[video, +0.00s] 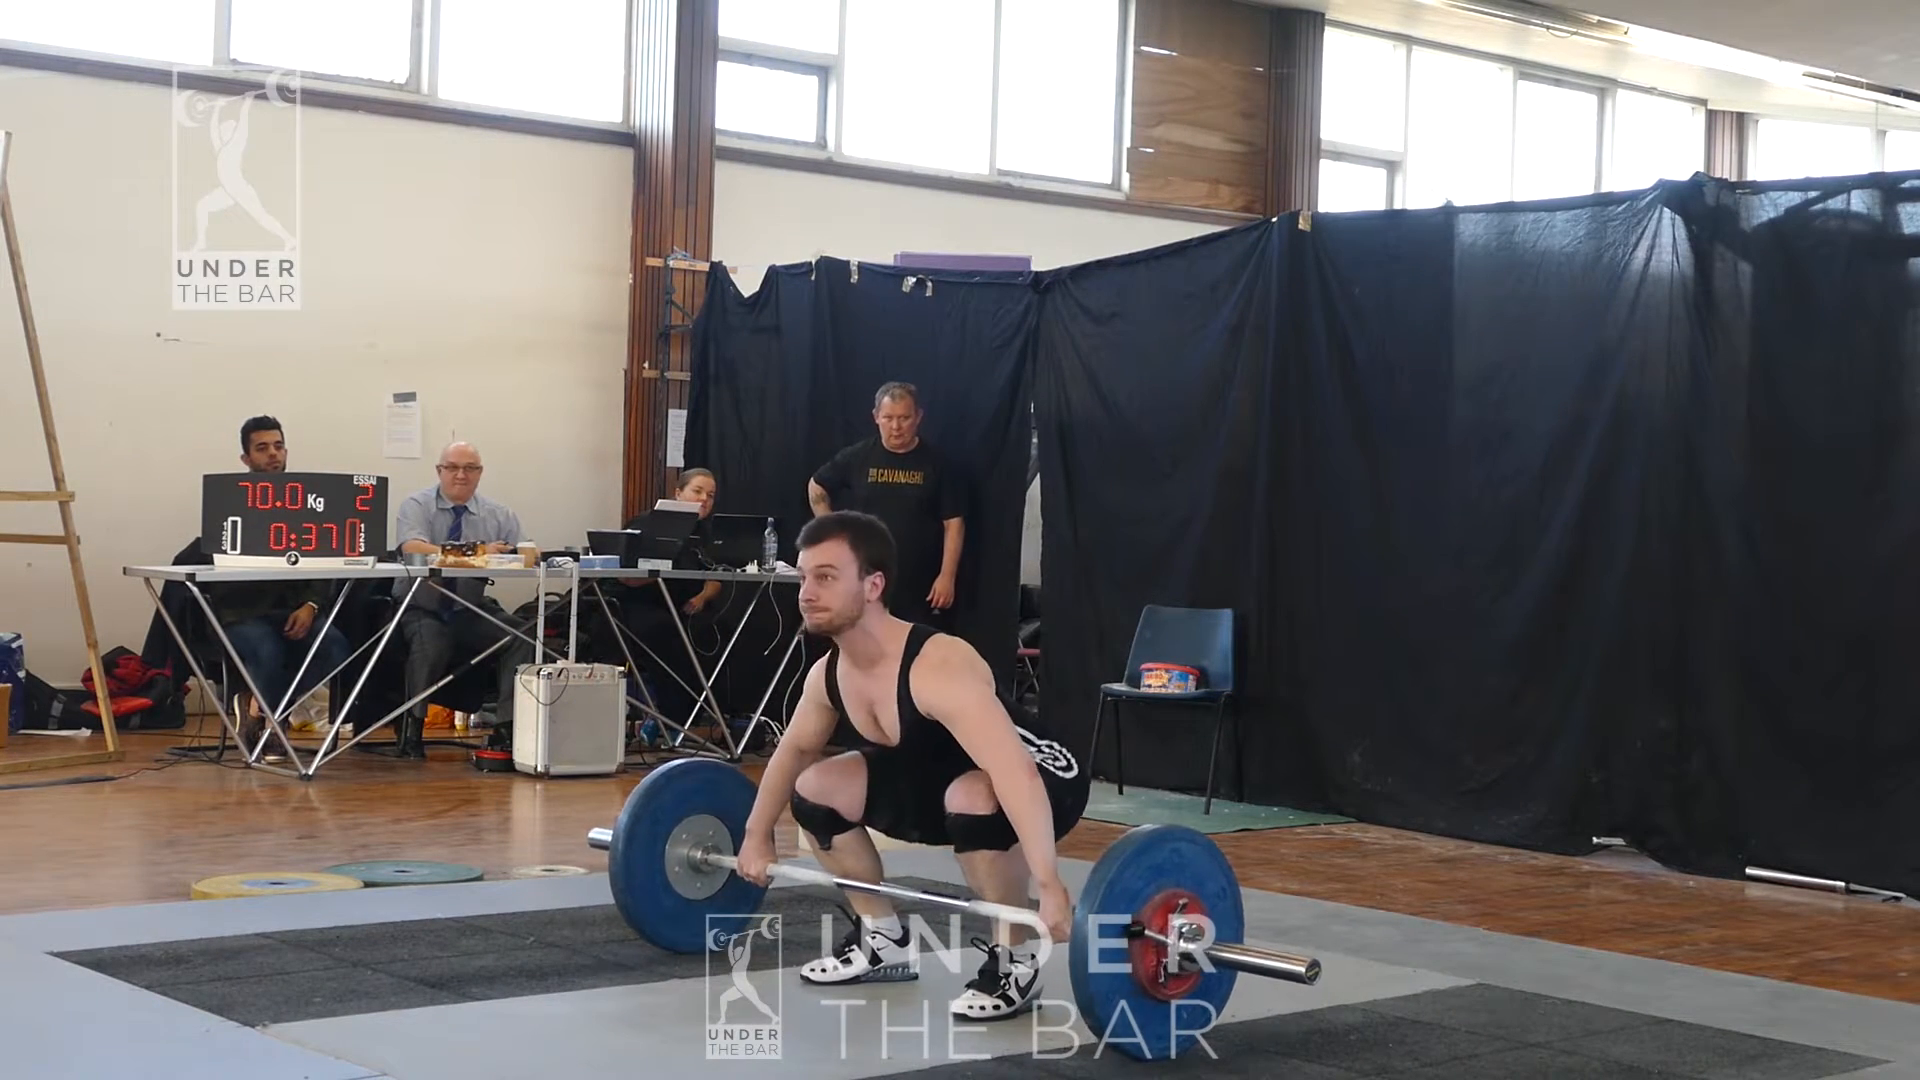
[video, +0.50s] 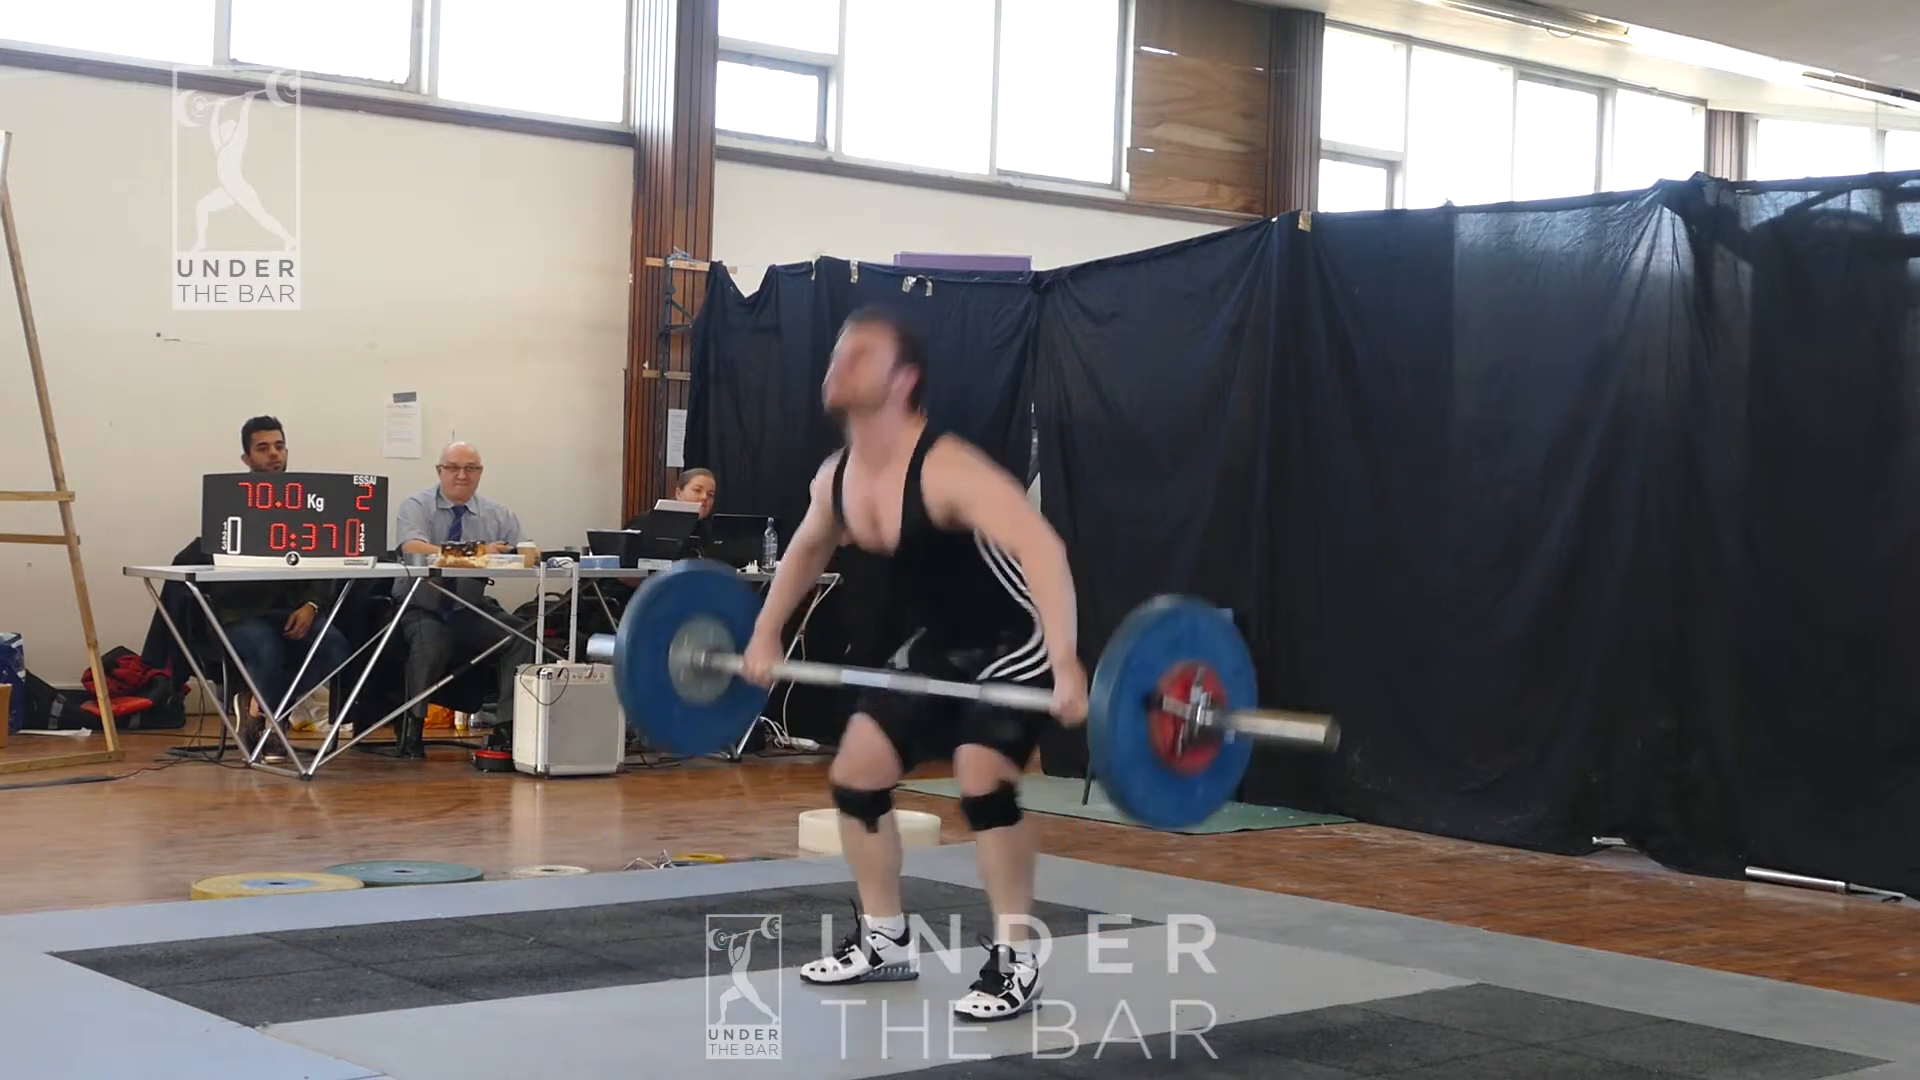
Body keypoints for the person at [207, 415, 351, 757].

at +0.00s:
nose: (273, 454)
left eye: (278, 446)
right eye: (263, 448)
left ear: (286, 451)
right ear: (246, 458)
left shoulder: (303, 497)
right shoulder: (234, 500)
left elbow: (326, 557)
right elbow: (222, 560)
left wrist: (312, 604)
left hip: (294, 607)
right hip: (245, 610)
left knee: (335, 648)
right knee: (268, 651)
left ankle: (256, 708)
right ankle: (273, 733)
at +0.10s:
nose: (274, 454)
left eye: (279, 446)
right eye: (263, 448)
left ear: (286, 451)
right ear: (246, 458)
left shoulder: (303, 497)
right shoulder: (234, 500)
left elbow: (326, 557)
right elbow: (222, 560)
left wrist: (312, 604)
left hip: (294, 607)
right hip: (245, 610)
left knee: (335, 648)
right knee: (268, 651)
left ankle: (256, 708)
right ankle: (273, 733)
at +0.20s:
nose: (274, 454)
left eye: (279, 446)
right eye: (263, 448)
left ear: (286, 451)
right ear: (247, 458)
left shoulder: (303, 497)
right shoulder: (234, 500)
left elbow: (327, 557)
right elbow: (222, 560)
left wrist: (312, 604)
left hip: (294, 607)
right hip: (245, 609)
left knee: (335, 648)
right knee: (268, 651)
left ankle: (256, 708)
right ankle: (273, 733)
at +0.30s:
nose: (274, 454)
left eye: (279, 447)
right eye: (263, 448)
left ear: (286, 451)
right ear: (247, 458)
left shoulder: (304, 497)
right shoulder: (234, 499)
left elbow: (328, 558)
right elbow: (221, 559)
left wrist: (312, 605)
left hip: (295, 607)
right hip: (245, 609)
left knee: (335, 649)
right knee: (268, 651)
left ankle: (256, 707)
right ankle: (273, 734)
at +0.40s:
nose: (274, 454)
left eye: (279, 447)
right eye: (263, 448)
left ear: (286, 452)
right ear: (247, 458)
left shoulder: (303, 497)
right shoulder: (234, 499)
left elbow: (328, 557)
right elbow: (222, 559)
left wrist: (312, 605)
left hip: (295, 607)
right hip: (246, 609)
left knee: (335, 648)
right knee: (268, 652)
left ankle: (258, 707)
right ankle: (272, 733)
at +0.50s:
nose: (274, 454)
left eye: (279, 446)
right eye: (263, 448)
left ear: (286, 451)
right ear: (247, 458)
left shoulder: (303, 497)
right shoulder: (235, 499)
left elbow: (327, 557)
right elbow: (222, 560)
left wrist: (312, 604)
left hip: (295, 607)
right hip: (246, 609)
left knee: (335, 648)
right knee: (267, 651)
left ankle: (258, 708)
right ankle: (274, 733)